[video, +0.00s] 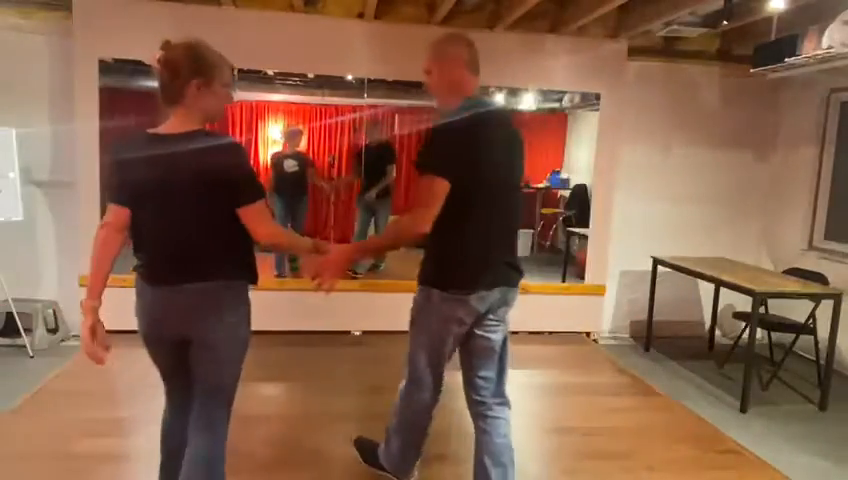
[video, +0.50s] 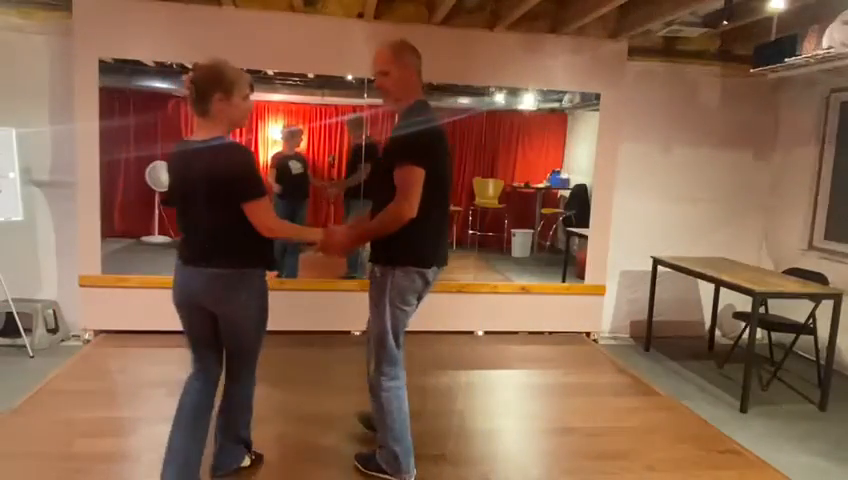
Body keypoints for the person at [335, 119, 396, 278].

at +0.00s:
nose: (371, 134)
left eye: (374, 130)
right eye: (369, 130)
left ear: (380, 131)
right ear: (365, 132)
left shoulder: (387, 148)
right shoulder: (363, 151)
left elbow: (391, 175)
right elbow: (356, 174)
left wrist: (375, 190)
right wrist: (337, 183)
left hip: (382, 195)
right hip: (365, 194)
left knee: (380, 230)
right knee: (360, 230)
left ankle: (379, 260)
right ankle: (354, 262)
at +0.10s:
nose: (369, 132)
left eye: (371, 128)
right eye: (367, 128)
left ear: (377, 130)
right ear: (363, 131)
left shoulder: (383, 148)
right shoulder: (360, 151)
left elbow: (385, 174)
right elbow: (354, 174)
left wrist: (367, 190)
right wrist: (336, 185)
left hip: (380, 195)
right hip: (363, 194)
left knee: (378, 229)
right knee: (360, 229)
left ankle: (378, 259)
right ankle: (356, 263)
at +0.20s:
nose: (358, 132)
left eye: (361, 127)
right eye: (356, 128)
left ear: (368, 127)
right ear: (354, 130)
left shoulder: (379, 147)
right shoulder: (355, 150)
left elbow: (381, 173)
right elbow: (352, 175)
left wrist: (360, 188)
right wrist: (336, 184)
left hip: (375, 196)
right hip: (358, 195)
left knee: (375, 231)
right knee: (357, 231)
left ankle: (376, 262)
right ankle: (355, 266)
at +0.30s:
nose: (358, 132)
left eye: (361, 128)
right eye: (356, 128)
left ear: (368, 128)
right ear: (352, 130)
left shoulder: (376, 146)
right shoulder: (354, 149)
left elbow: (375, 173)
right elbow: (351, 176)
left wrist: (355, 187)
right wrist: (333, 185)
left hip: (372, 196)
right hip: (356, 196)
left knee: (372, 232)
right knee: (356, 232)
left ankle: (377, 265)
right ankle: (355, 268)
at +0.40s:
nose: (354, 135)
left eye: (356, 130)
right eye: (353, 130)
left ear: (361, 129)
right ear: (353, 130)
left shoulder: (371, 146)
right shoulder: (355, 149)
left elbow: (370, 172)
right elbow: (352, 175)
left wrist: (347, 187)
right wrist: (339, 185)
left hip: (366, 196)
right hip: (354, 196)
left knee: (361, 233)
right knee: (355, 233)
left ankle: (361, 269)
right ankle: (355, 268)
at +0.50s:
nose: (349, 132)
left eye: (351, 128)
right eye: (350, 128)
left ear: (355, 128)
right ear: (360, 127)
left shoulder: (366, 147)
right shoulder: (355, 148)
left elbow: (363, 173)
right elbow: (353, 174)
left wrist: (341, 186)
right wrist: (338, 186)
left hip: (362, 196)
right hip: (352, 196)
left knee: (356, 232)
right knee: (354, 232)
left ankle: (355, 269)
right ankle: (354, 268)